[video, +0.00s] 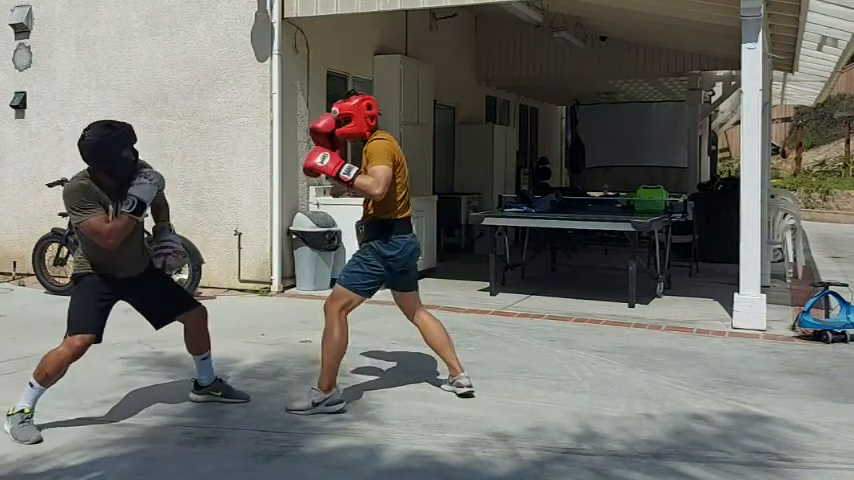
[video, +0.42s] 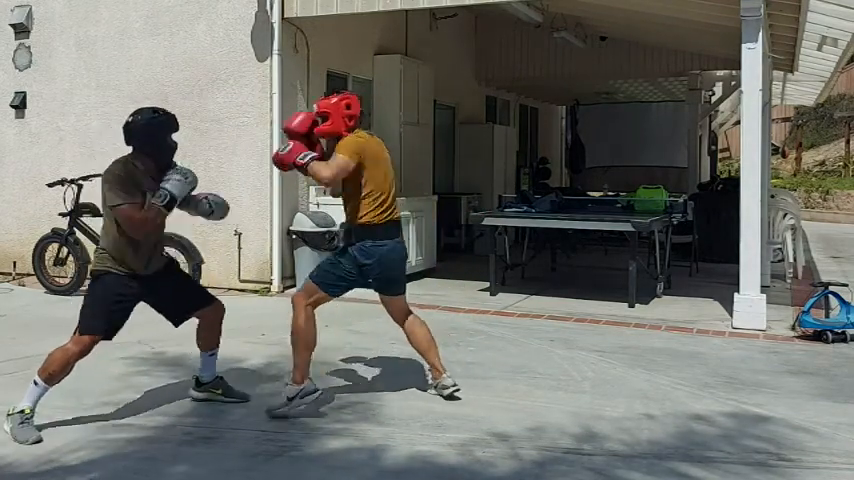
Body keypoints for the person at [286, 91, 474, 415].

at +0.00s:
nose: (344, 128)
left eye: (346, 122)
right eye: (343, 123)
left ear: (361, 120)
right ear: (369, 118)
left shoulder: (378, 144)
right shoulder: (380, 144)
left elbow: (376, 187)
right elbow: (353, 187)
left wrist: (339, 168)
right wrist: (330, 157)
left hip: (383, 244)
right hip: (402, 242)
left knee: (335, 307)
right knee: (416, 310)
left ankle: (326, 391)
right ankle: (458, 374)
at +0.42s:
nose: (320, 129)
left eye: (323, 121)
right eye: (320, 122)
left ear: (339, 121)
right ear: (352, 120)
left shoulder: (353, 143)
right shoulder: (374, 143)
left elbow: (329, 175)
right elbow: (338, 185)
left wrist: (304, 158)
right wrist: (311, 157)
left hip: (363, 248)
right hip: (393, 246)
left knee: (303, 300)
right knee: (404, 314)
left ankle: (299, 384)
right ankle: (440, 375)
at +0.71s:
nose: (338, 115)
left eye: (343, 111)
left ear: (350, 111)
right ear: (375, 115)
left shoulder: (331, 131)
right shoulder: (388, 151)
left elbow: (277, 140)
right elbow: (346, 171)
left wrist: (238, 140)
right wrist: (310, 145)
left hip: (340, 249)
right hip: (375, 246)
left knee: (294, 316)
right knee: (387, 304)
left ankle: (296, 401)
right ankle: (434, 351)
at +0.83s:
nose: (348, 114)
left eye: (350, 108)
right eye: (349, 108)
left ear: (361, 107)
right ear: (390, 113)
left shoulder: (346, 137)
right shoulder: (406, 153)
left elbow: (305, 172)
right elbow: (387, 189)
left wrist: (269, 167)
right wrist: (329, 159)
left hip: (349, 250)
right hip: (389, 250)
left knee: (307, 319)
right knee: (398, 320)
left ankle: (295, 404)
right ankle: (446, 378)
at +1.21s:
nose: (361, 105)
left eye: (361, 99)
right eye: (360, 98)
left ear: (374, 97)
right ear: (397, 94)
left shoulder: (376, 126)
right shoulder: (434, 122)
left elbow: (375, 178)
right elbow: (408, 142)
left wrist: (347, 204)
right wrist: (366, 135)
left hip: (406, 235)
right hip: (446, 230)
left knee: (382, 317)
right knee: (450, 321)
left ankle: (402, 406)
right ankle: (472, 412)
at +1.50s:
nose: (347, 112)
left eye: (348, 105)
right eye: (346, 105)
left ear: (363, 104)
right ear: (385, 101)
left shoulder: (371, 134)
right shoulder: (421, 129)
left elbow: (347, 187)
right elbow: (379, 180)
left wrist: (324, 163)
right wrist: (354, 141)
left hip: (395, 246)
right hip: (436, 242)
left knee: (349, 324)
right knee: (445, 334)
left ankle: (329, 416)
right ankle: (472, 422)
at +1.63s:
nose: (334, 126)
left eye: (334, 120)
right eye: (333, 120)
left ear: (347, 116)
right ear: (371, 113)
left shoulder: (350, 147)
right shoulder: (402, 145)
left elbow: (306, 190)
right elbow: (353, 190)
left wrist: (302, 152)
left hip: (369, 266)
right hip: (412, 261)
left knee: (312, 328)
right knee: (432, 343)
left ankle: (291, 419)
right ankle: (472, 422)